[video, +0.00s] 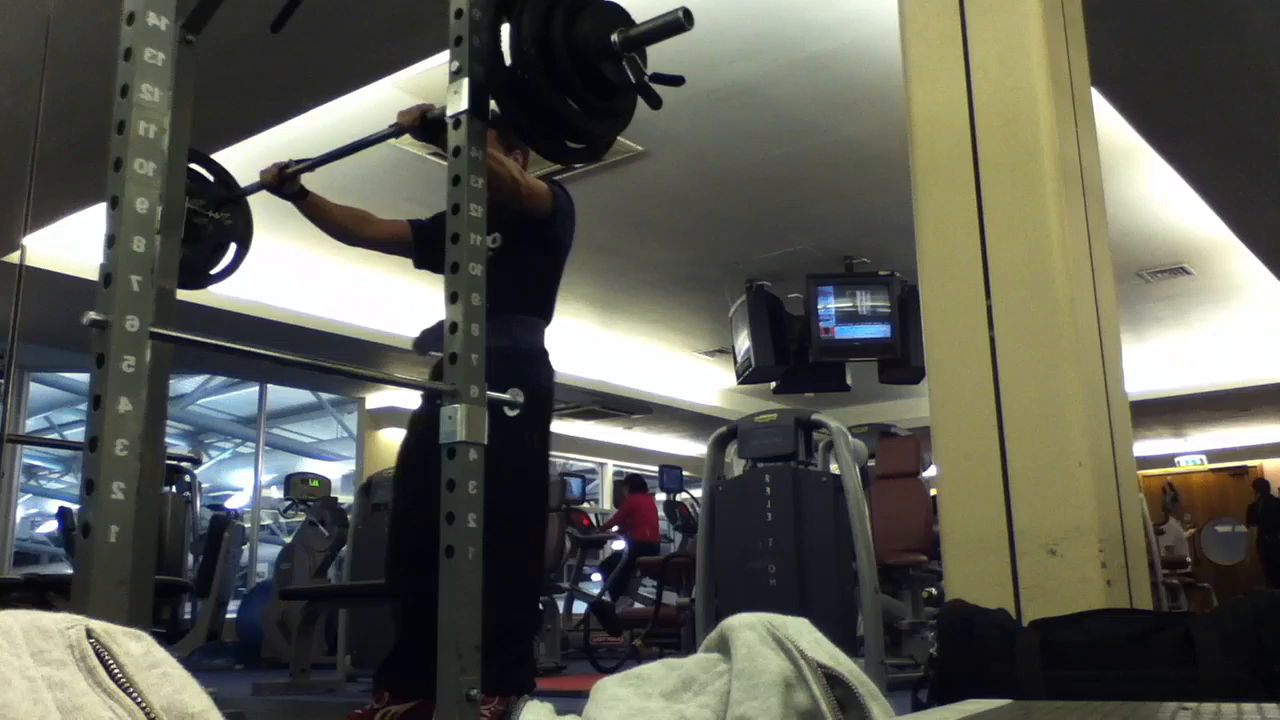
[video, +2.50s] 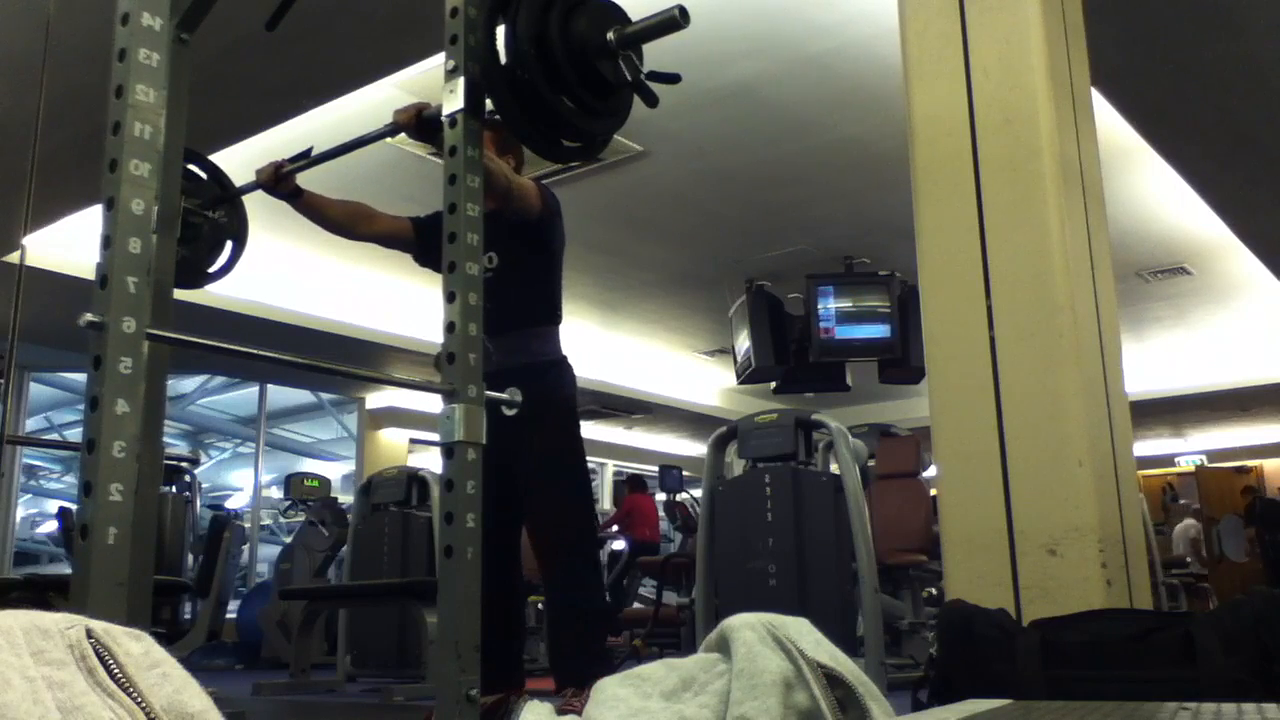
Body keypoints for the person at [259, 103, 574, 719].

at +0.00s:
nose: (473, 160)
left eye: (483, 148)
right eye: (468, 151)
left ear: (516, 152)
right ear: (462, 160)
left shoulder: (552, 206)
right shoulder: (460, 224)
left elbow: (507, 186)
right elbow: (370, 229)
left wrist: (445, 137)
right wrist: (300, 193)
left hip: (514, 383)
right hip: (449, 385)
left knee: (507, 536)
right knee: (415, 530)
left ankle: (504, 686)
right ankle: (409, 684)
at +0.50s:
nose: (470, 164)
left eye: (479, 152)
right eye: (463, 153)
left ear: (508, 155)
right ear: (453, 159)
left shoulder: (534, 209)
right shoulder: (446, 224)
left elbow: (501, 187)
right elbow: (359, 232)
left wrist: (442, 138)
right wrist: (295, 191)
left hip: (500, 384)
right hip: (436, 387)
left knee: (504, 534)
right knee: (407, 532)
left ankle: (524, 684)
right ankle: (408, 684)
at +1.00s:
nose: (477, 154)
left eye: (489, 142)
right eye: (471, 146)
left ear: (523, 153)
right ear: (462, 157)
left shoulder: (552, 199)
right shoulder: (459, 221)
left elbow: (510, 184)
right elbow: (372, 221)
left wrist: (440, 136)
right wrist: (294, 191)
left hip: (547, 385)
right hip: (481, 392)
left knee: (549, 543)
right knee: (463, 541)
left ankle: (544, 689)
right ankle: (480, 683)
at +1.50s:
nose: (471, 150)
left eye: (482, 140)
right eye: (466, 143)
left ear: (509, 146)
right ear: (461, 155)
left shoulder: (534, 202)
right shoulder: (454, 218)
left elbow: (502, 182)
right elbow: (369, 219)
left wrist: (440, 135)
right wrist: (294, 192)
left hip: (542, 388)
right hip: (481, 393)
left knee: (558, 536)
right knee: (489, 542)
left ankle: (575, 682)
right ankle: (498, 683)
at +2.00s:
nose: (468, 158)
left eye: (475, 143)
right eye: (461, 152)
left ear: (503, 140)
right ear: (455, 160)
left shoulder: (552, 197)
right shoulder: (458, 224)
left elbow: (509, 178)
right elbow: (371, 219)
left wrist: (440, 133)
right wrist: (297, 192)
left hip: (560, 391)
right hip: (492, 399)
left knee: (584, 546)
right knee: (494, 551)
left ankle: (579, 689)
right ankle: (500, 689)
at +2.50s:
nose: (469, 164)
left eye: (478, 152)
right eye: (462, 156)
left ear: (508, 152)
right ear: (457, 163)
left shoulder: (539, 209)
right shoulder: (455, 226)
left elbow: (503, 181)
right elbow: (366, 222)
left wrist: (440, 134)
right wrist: (294, 193)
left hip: (539, 389)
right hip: (477, 395)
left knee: (561, 538)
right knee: (486, 547)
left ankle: (578, 685)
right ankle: (498, 686)